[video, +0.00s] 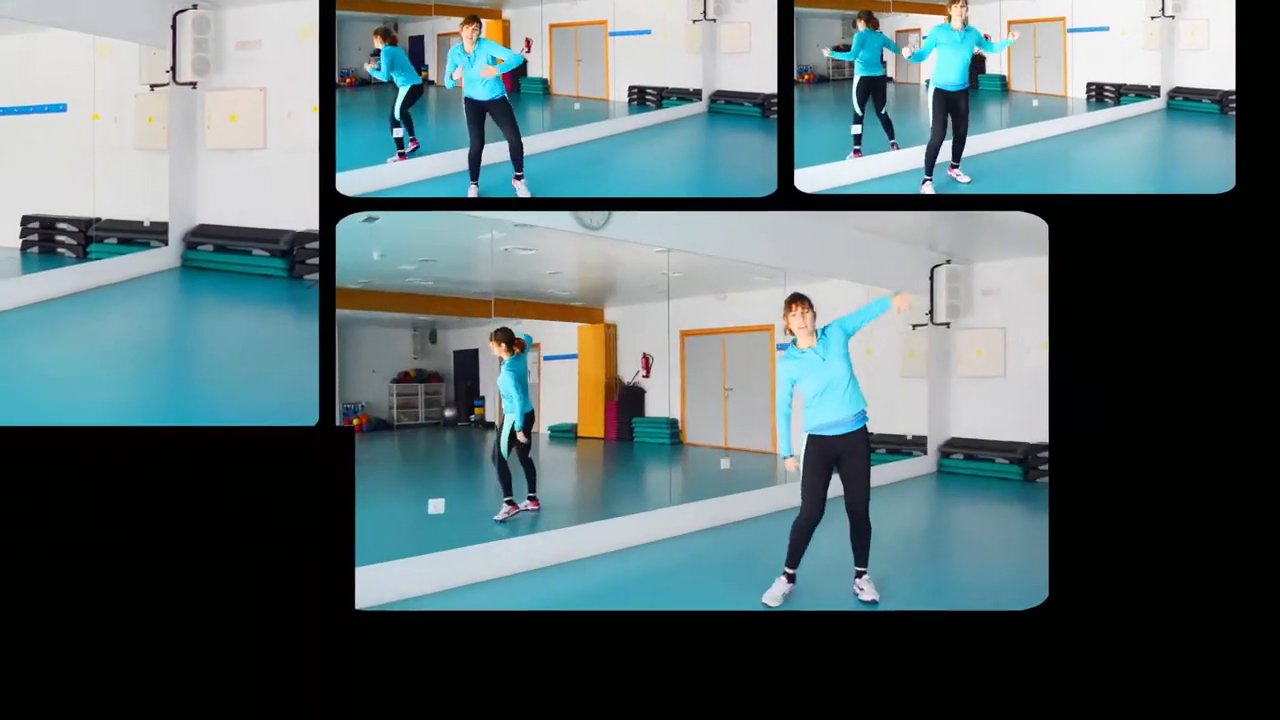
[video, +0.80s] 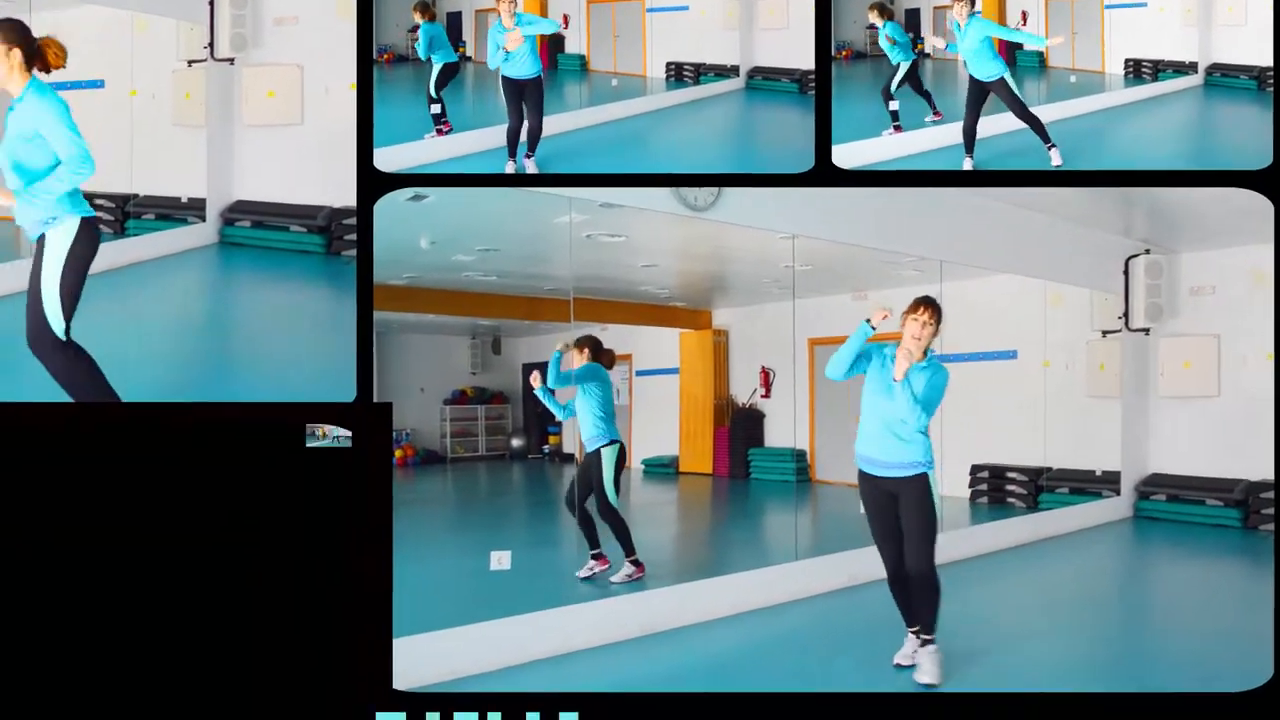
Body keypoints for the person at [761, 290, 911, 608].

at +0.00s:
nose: (801, 317)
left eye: (805, 311)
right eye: (794, 313)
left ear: (813, 315)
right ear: (787, 322)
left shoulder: (837, 331)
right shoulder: (788, 362)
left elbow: (867, 313)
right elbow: (783, 409)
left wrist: (894, 298)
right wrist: (787, 451)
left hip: (854, 436)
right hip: (818, 441)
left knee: (859, 510)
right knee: (810, 513)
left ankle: (861, 577)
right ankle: (787, 578)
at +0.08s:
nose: (839, 319)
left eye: (844, 313)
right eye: (832, 314)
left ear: (854, 317)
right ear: (824, 322)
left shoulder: (878, 342)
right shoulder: (821, 365)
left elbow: (924, 336)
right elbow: (827, 411)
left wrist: (935, 342)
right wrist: (842, 442)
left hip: (887, 448)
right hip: (848, 452)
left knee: (891, 523)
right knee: (850, 525)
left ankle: (895, 597)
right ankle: (838, 595)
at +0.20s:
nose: (892, 322)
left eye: (898, 316)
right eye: (885, 317)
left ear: (909, 323)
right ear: (877, 325)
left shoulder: (933, 360)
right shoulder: (866, 367)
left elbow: (974, 397)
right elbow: (869, 413)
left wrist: (952, 414)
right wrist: (884, 441)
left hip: (926, 465)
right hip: (883, 466)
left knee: (932, 542)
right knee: (892, 542)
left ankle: (940, 622)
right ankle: (892, 610)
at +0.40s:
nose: (946, 327)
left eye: (954, 322)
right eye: (940, 321)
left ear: (965, 331)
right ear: (931, 328)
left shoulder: (978, 374)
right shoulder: (915, 369)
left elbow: (983, 436)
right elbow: (894, 405)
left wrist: (934, 417)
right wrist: (848, 422)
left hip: (959, 482)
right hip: (914, 480)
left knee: (974, 567)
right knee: (911, 567)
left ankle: (993, 652)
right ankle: (908, 631)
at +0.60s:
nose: (935, 341)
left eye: (944, 337)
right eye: (931, 334)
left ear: (954, 346)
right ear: (919, 338)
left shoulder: (959, 388)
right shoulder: (898, 376)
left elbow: (957, 446)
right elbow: (849, 398)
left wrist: (922, 406)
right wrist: (832, 357)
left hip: (932, 498)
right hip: (887, 494)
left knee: (964, 583)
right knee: (889, 581)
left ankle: (1008, 662)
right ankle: (895, 652)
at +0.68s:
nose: (924, 340)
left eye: (933, 336)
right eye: (919, 332)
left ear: (941, 346)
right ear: (907, 337)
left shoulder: (944, 387)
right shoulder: (881, 372)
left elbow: (934, 442)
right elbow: (827, 388)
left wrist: (912, 397)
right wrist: (836, 341)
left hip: (916, 494)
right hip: (874, 492)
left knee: (945, 582)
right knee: (883, 581)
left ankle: (985, 658)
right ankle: (898, 650)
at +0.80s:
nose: (920, 329)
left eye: (928, 324)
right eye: (915, 320)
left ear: (935, 333)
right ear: (902, 323)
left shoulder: (935, 372)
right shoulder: (875, 355)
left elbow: (917, 418)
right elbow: (834, 372)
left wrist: (903, 375)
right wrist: (867, 327)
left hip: (913, 477)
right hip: (872, 475)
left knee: (920, 565)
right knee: (894, 565)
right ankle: (914, 633)